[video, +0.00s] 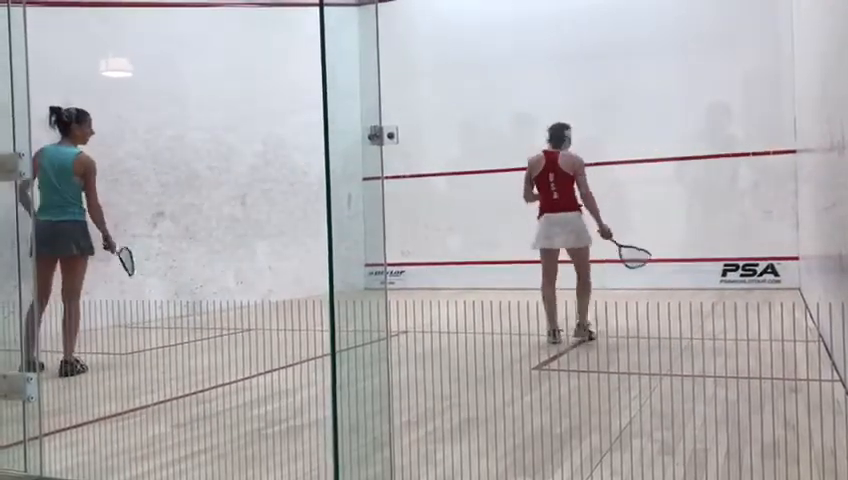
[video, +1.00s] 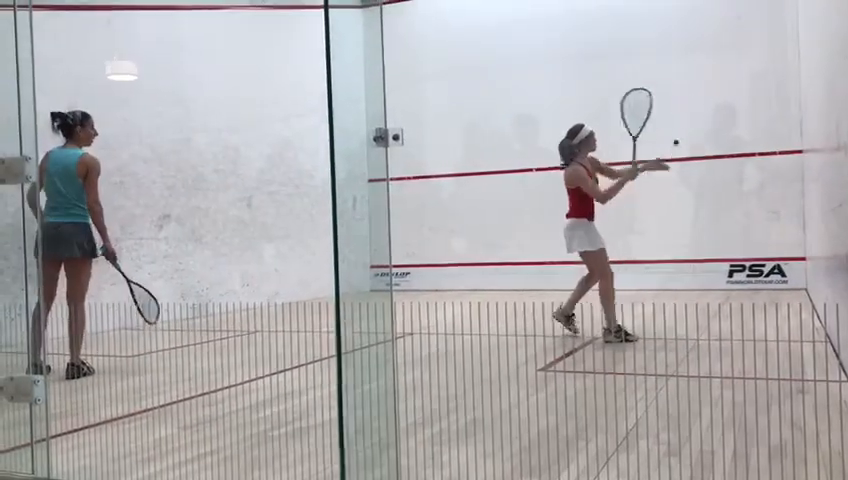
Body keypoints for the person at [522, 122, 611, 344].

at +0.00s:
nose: (571, 144)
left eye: (569, 140)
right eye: (570, 140)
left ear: (549, 139)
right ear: (566, 140)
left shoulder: (535, 161)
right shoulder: (574, 161)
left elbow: (528, 196)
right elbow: (585, 194)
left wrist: (546, 194)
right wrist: (601, 224)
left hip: (548, 222)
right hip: (572, 221)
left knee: (548, 279)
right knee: (583, 275)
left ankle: (553, 329)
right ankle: (582, 324)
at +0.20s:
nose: (576, 147)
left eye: (576, 144)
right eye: (574, 143)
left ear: (553, 142)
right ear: (569, 142)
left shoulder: (539, 164)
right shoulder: (575, 161)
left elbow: (542, 194)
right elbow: (587, 196)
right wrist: (608, 223)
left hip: (550, 223)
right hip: (574, 222)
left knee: (550, 277)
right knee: (595, 272)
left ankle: (553, 329)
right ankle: (599, 322)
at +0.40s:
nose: (589, 144)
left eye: (590, 140)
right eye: (585, 139)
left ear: (566, 142)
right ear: (572, 141)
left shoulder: (554, 164)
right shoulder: (583, 162)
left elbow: (564, 195)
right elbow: (597, 196)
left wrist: (586, 212)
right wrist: (624, 218)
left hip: (560, 223)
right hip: (582, 222)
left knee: (558, 277)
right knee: (599, 276)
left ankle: (555, 328)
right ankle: (607, 326)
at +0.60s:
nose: (601, 141)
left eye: (600, 137)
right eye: (598, 137)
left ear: (580, 141)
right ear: (589, 140)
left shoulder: (572, 165)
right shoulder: (589, 163)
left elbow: (593, 201)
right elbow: (605, 193)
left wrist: (618, 219)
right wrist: (646, 197)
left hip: (573, 224)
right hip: (590, 224)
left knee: (581, 276)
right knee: (608, 276)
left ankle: (560, 322)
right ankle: (609, 326)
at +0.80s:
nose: (602, 137)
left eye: (600, 134)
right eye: (599, 135)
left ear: (587, 142)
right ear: (589, 141)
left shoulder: (593, 165)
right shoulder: (585, 168)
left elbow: (620, 184)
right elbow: (611, 195)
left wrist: (653, 190)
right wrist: (644, 187)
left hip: (583, 225)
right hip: (587, 226)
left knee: (600, 272)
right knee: (612, 274)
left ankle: (570, 309)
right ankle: (611, 328)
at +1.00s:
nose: (595, 140)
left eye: (593, 137)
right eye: (592, 138)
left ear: (580, 144)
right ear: (582, 144)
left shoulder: (589, 162)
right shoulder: (575, 171)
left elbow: (615, 173)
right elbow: (601, 198)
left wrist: (648, 166)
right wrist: (625, 178)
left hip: (582, 226)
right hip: (580, 227)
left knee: (595, 273)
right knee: (605, 275)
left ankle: (565, 311)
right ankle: (612, 328)